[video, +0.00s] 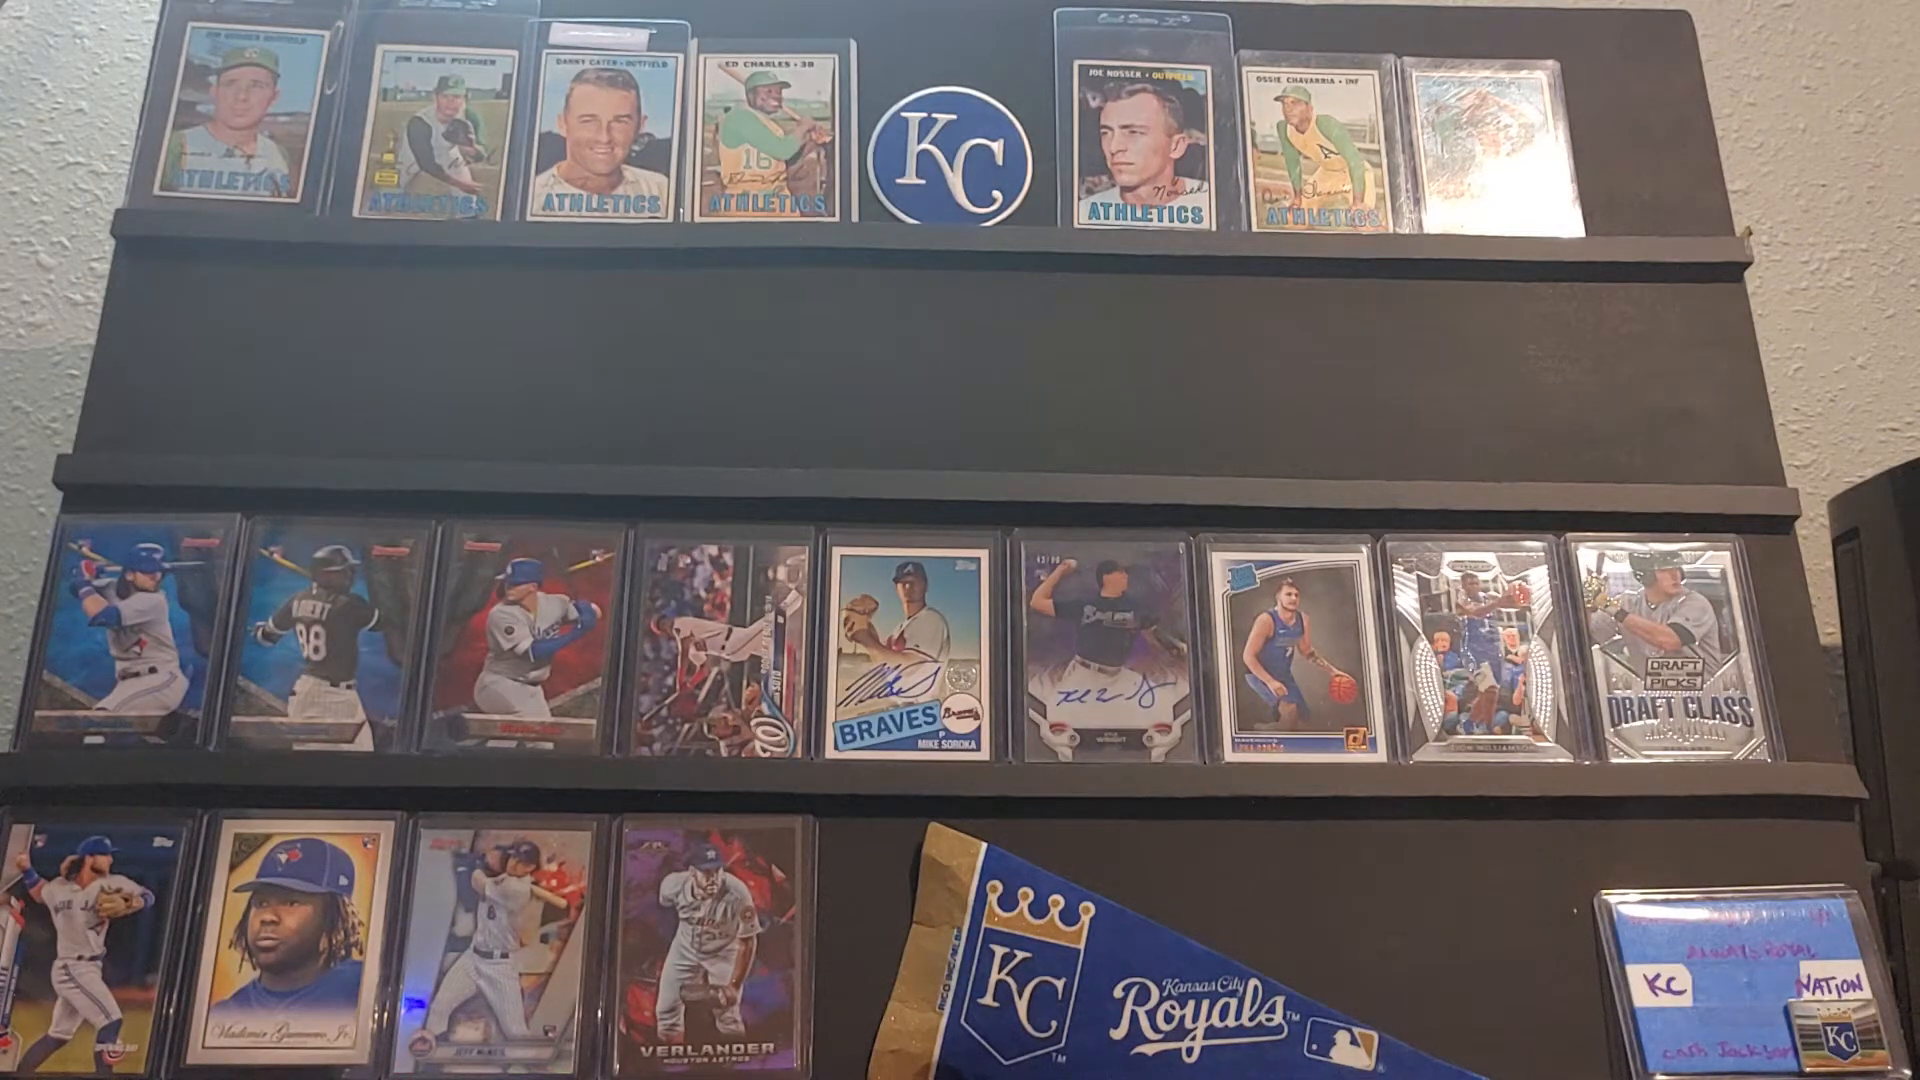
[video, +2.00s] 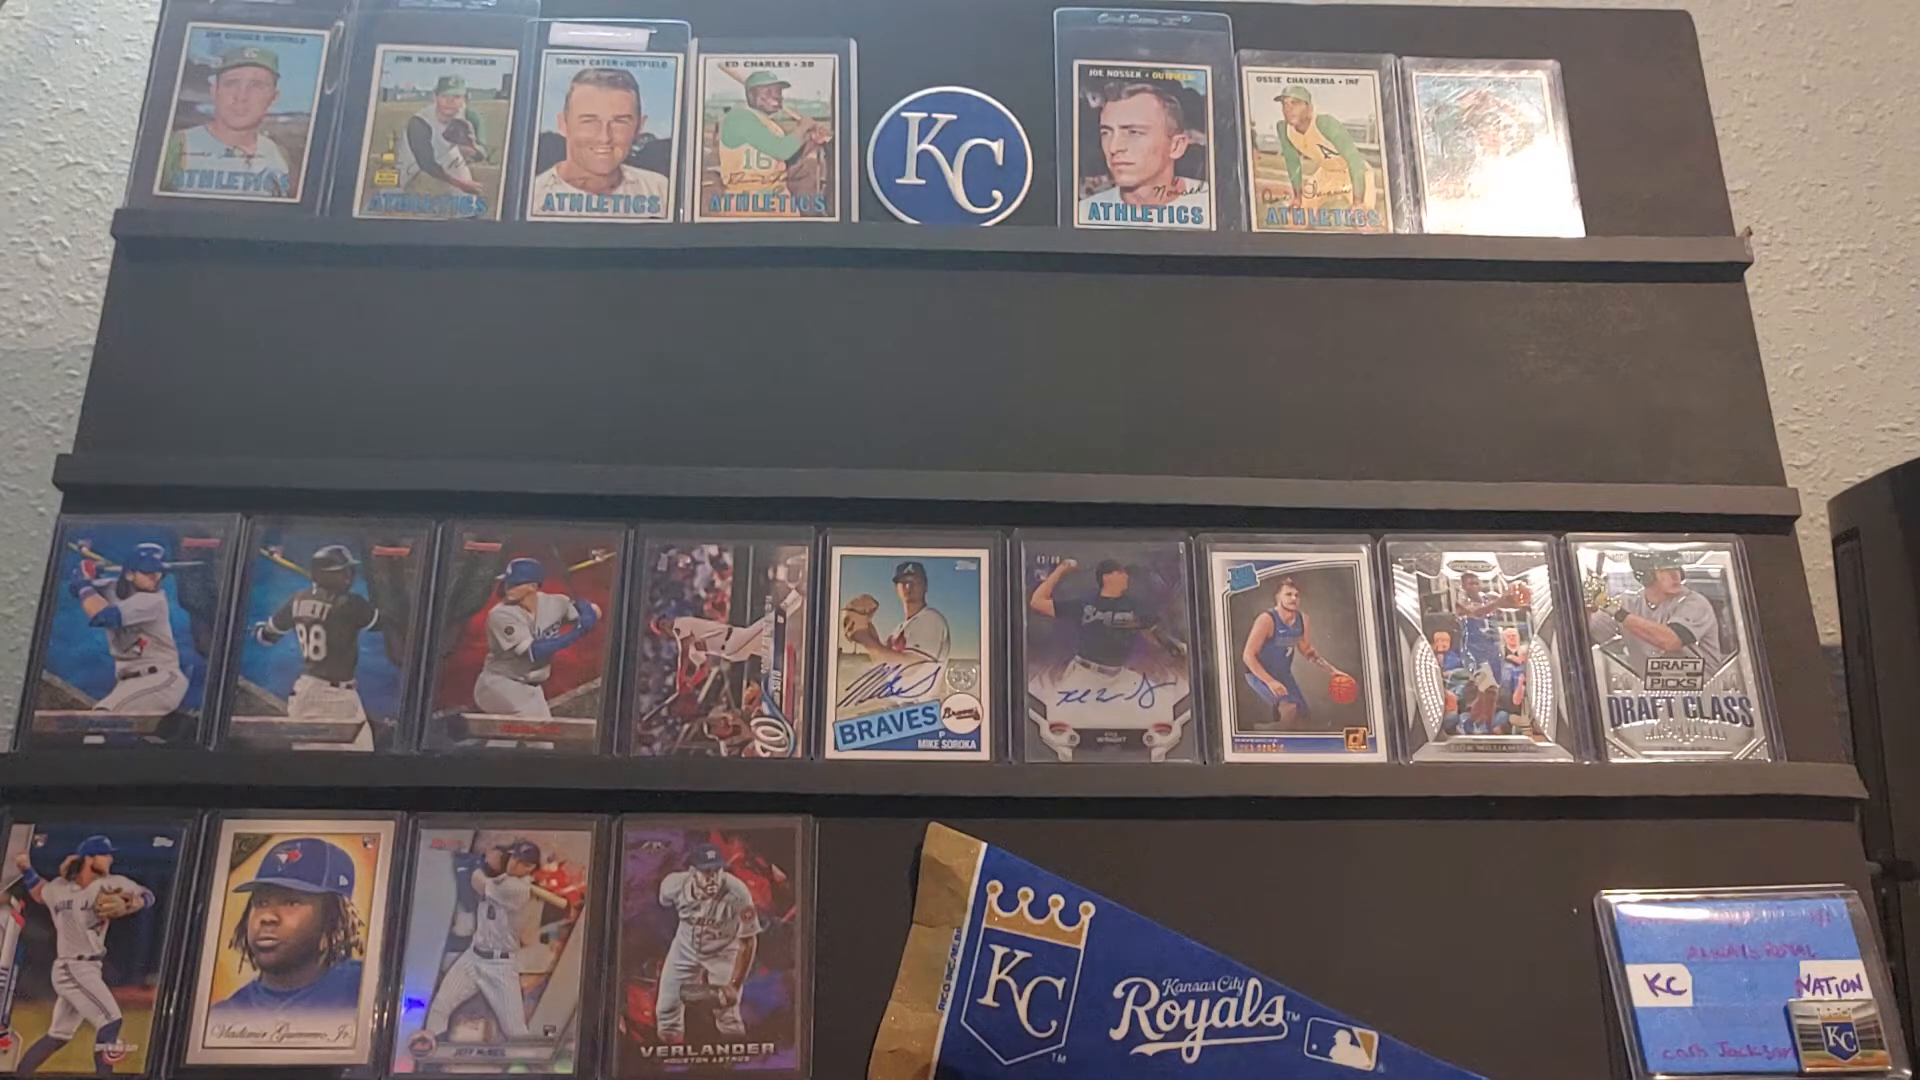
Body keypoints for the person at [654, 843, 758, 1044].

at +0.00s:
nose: (712, 878)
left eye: (716, 871)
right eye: (705, 872)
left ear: (722, 869)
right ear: (691, 870)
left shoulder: (738, 893)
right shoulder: (673, 885)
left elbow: (748, 941)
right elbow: (666, 914)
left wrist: (735, 985)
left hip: (724, 953)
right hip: (684, 947)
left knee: (727, 1015)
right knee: (666, 1009)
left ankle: (739, 1068)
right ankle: (673, 1071)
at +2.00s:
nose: (711, 878)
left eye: (716, 872)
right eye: (705, 872)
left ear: (722, 870)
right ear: (693, 871)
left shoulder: (738, 893)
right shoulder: (673, 885)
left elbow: (748, 941)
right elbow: (666, 907)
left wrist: (735, 985)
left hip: (724, 953)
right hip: (684, 947)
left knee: (727, 1014)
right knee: (666, 1009)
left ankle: (739, 1069)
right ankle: (674, 1069)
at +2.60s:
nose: (711, 878)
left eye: (716, 872)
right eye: (705, 872)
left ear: (722, 870)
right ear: (692, 871)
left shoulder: (738, 893)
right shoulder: (673, 885)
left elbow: (748, 941)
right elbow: (666, 908)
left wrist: (735, 985)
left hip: (724, 953)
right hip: (684, 947)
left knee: (727, 1014)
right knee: (666, 1009)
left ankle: (739, 1069)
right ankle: (674, 1069)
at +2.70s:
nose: (711, 878)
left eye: (716, 872)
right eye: (705, 872)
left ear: (722, 870)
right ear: (692, 871)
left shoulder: (738, 893)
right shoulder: (673, 885)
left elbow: (748, 941)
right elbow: (666, 908)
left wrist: (735, 985)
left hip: (724, 953)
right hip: (684, 947)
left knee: (727, 1014)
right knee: (666, 1008)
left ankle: (739, 1069)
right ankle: (674, 1069)